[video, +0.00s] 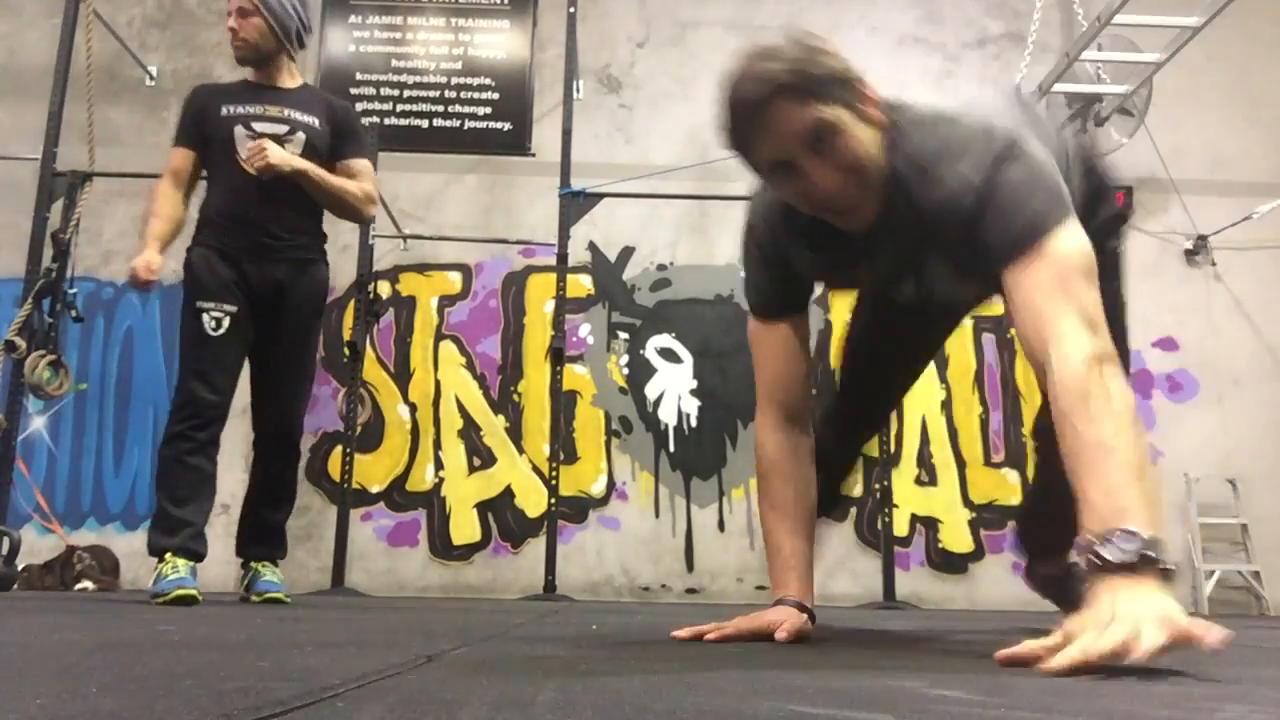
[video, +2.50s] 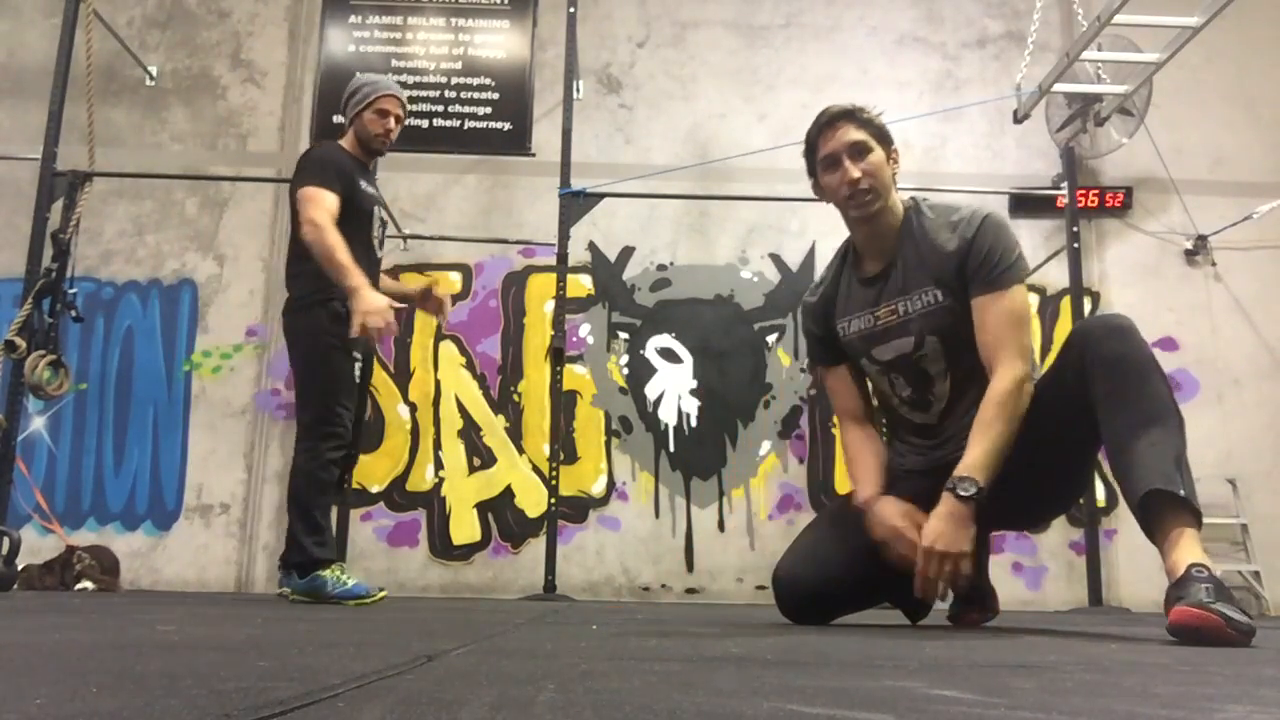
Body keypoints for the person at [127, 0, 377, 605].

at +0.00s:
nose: (232, 23)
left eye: (246, 14)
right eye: (231, 13)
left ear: (286, 26)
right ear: (236, 26)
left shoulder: (334, 113)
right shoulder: (208, 101)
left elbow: (366, 203)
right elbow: (175, 182)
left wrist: (299, 165)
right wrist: (153, 245)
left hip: (296, 281)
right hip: (218, 273)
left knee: (280, 424)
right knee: (198, 410)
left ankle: (262, 560)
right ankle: (176, 557)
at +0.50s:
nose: (285, 63)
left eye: (296, 53)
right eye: (276, 55)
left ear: (323, 63)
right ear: (268, 67)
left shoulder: (355, 142)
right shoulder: (238, 130)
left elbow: (378, 233)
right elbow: (203, 212)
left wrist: (306, 203)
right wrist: (176, 294)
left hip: (303, 298)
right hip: (229, 291)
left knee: (288, 434)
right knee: (204, 413)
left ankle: (265, 562)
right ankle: (187, 546)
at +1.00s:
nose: (269, 87)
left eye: (278, 80)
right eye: (258, 79)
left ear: (293, 94)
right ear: (241, 94)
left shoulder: (323, 165)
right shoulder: (210, 155)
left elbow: (350, 246)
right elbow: (178, 223)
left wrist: (296, 222)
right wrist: (166, 269)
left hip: (287, 315)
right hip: (220, 311)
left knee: (276, 435)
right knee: (213, 440)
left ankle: (266, 559)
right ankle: (209, 561)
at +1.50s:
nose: (272, 101)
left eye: (280, 94)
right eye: (261, 93)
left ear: (292, 107)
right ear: (242, 105)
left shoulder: (317, 174)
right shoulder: (209, 166)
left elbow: (349, 255)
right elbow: (179, 246)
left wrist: (316, 235)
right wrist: (170, 326)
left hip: (298, 323)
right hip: (231, 320)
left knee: (314, 445)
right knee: (218, 446)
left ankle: (305, 565)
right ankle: (211, 563)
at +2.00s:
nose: (342, 129)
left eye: (350, 123)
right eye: (332, 120)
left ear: (357, 137)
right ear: (309, 128)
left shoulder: (363, 198)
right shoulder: (275, 178)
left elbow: (375, 286)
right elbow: (239, 244)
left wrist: (379, 272)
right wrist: (239, 308)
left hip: (342, 331)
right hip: (285, 321)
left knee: (318, 452)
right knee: (277, 430)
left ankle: (300, 569)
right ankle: (225, 555)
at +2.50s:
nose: (389, 126)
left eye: (397, 120)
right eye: (380, 114)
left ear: (398, 129)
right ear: (352, 115)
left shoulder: (363, 180)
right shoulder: (325, 159)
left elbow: (363, 269)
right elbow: (314, 227)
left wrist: (413, 292)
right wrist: (359, 289)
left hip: (346, 317)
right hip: (322, 314)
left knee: (340, 435)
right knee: (326, 435)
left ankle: (311, 563)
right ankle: (306, 566)